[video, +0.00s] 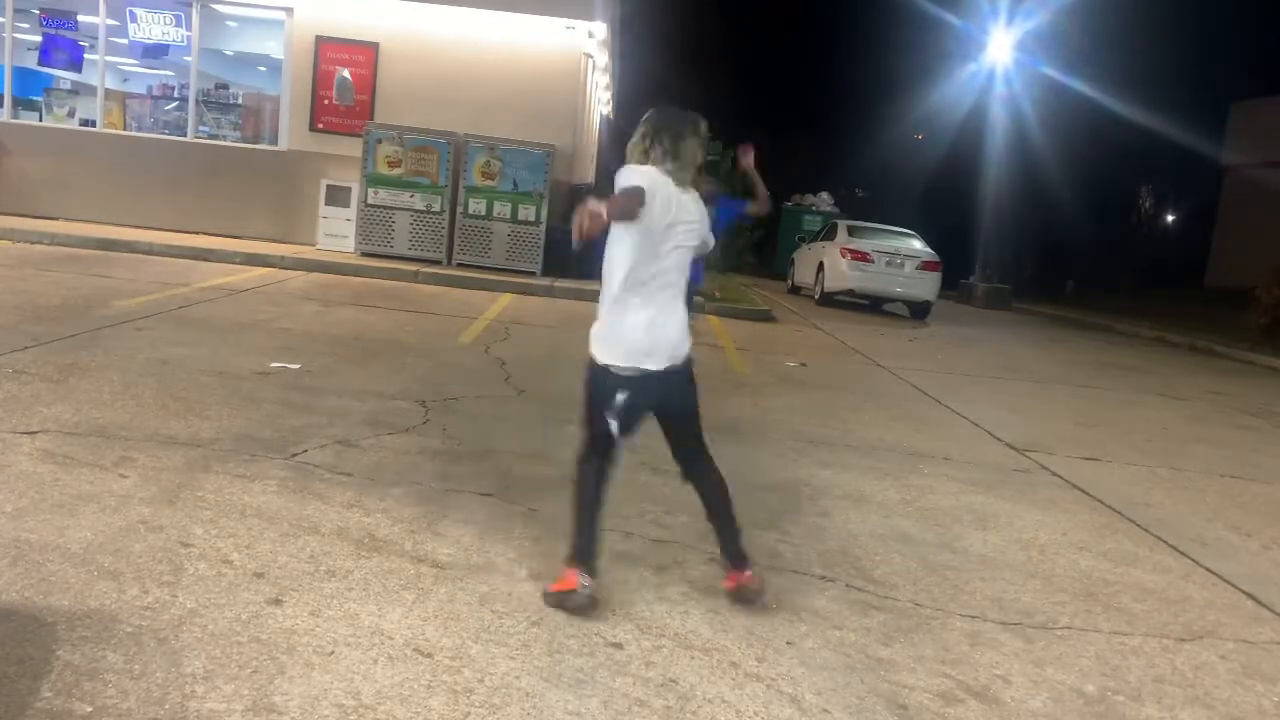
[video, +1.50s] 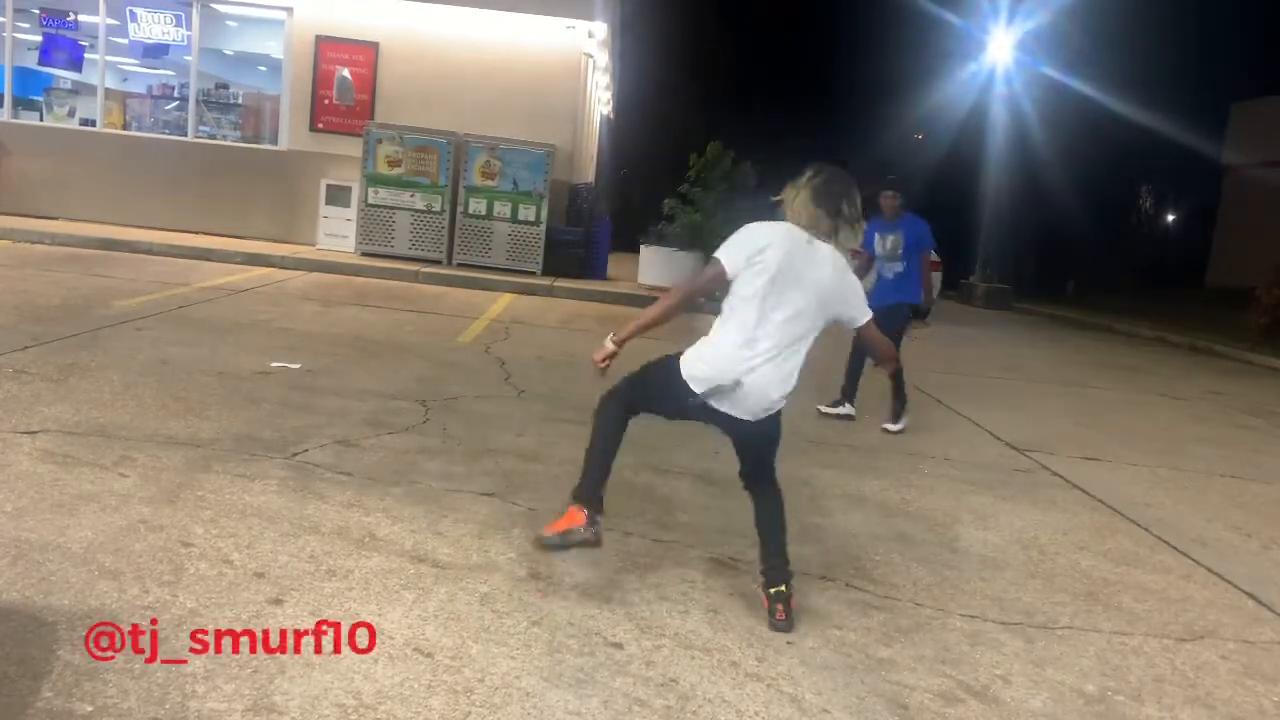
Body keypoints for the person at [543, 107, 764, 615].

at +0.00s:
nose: (628, 146)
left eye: (636, 138)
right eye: (698, 147)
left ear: (645, 141)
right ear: (692, 152)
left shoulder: (637, 175)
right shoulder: (696, 208)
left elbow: (632, 205)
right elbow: (704, 250)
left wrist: (600, 209)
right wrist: (752, 182)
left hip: (616, 357)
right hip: (672, 361)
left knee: (594, 457)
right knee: (695, 458)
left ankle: (580, 571)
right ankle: (738, 566)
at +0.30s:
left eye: (721, 174)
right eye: (786, 195)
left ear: (729, 179)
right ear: (780, 194)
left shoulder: (699, 218)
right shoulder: (779, 245)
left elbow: (666, 296)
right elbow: (765, 301)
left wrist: (626, 365)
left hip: (663, 368)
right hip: (712, 386)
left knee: (616, 449)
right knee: (693, 468)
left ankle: (553, 537)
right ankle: (758, 559)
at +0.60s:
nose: (701, 178)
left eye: (705, 171)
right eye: (704, 172)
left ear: (715, 173)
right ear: (763, 178)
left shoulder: (701, 223)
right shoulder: (774, 237)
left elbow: (683, 311)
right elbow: (791, 319)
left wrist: (651, 381)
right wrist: (782, 360)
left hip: (689, 369)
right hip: (738, 378)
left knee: (618, 425)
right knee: (712, 452)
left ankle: (567, 517)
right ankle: (769, 543)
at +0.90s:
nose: (731, 193)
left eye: (737, 187)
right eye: (736, 186)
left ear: (745, 192)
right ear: (790, 198)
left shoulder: (722, 239)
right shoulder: (803, 252)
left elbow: (694, 320)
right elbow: (828, 328)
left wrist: (661, 393)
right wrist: (817, 357)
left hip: (705, 373)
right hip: (759, 386)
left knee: (625, 378)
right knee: (735, 458)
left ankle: (581, 474)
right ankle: (785, 558)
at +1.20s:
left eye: (748, 180)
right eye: (814, 194)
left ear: (754, 182)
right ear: (805, 193)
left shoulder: (724, 223)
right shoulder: (808, 251)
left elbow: (671, 292)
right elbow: (853, 322)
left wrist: (606, 347)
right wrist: (891, 347)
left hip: (689, 373)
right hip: (753, 392)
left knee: (607, 420)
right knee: (773, 470)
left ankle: (586, 525)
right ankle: (801, 574)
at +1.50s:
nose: (786, 199)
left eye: (792, 194)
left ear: (797, 200)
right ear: (844, 220)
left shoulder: (759, 235)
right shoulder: (840, 273)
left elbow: (690, 291)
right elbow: (883, 351)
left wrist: (620, 338)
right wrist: (890, 360)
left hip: (700, 377)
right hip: (759, 407)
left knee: (618, 402)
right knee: (762, 482)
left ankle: (584, 509)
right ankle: (778, 590)